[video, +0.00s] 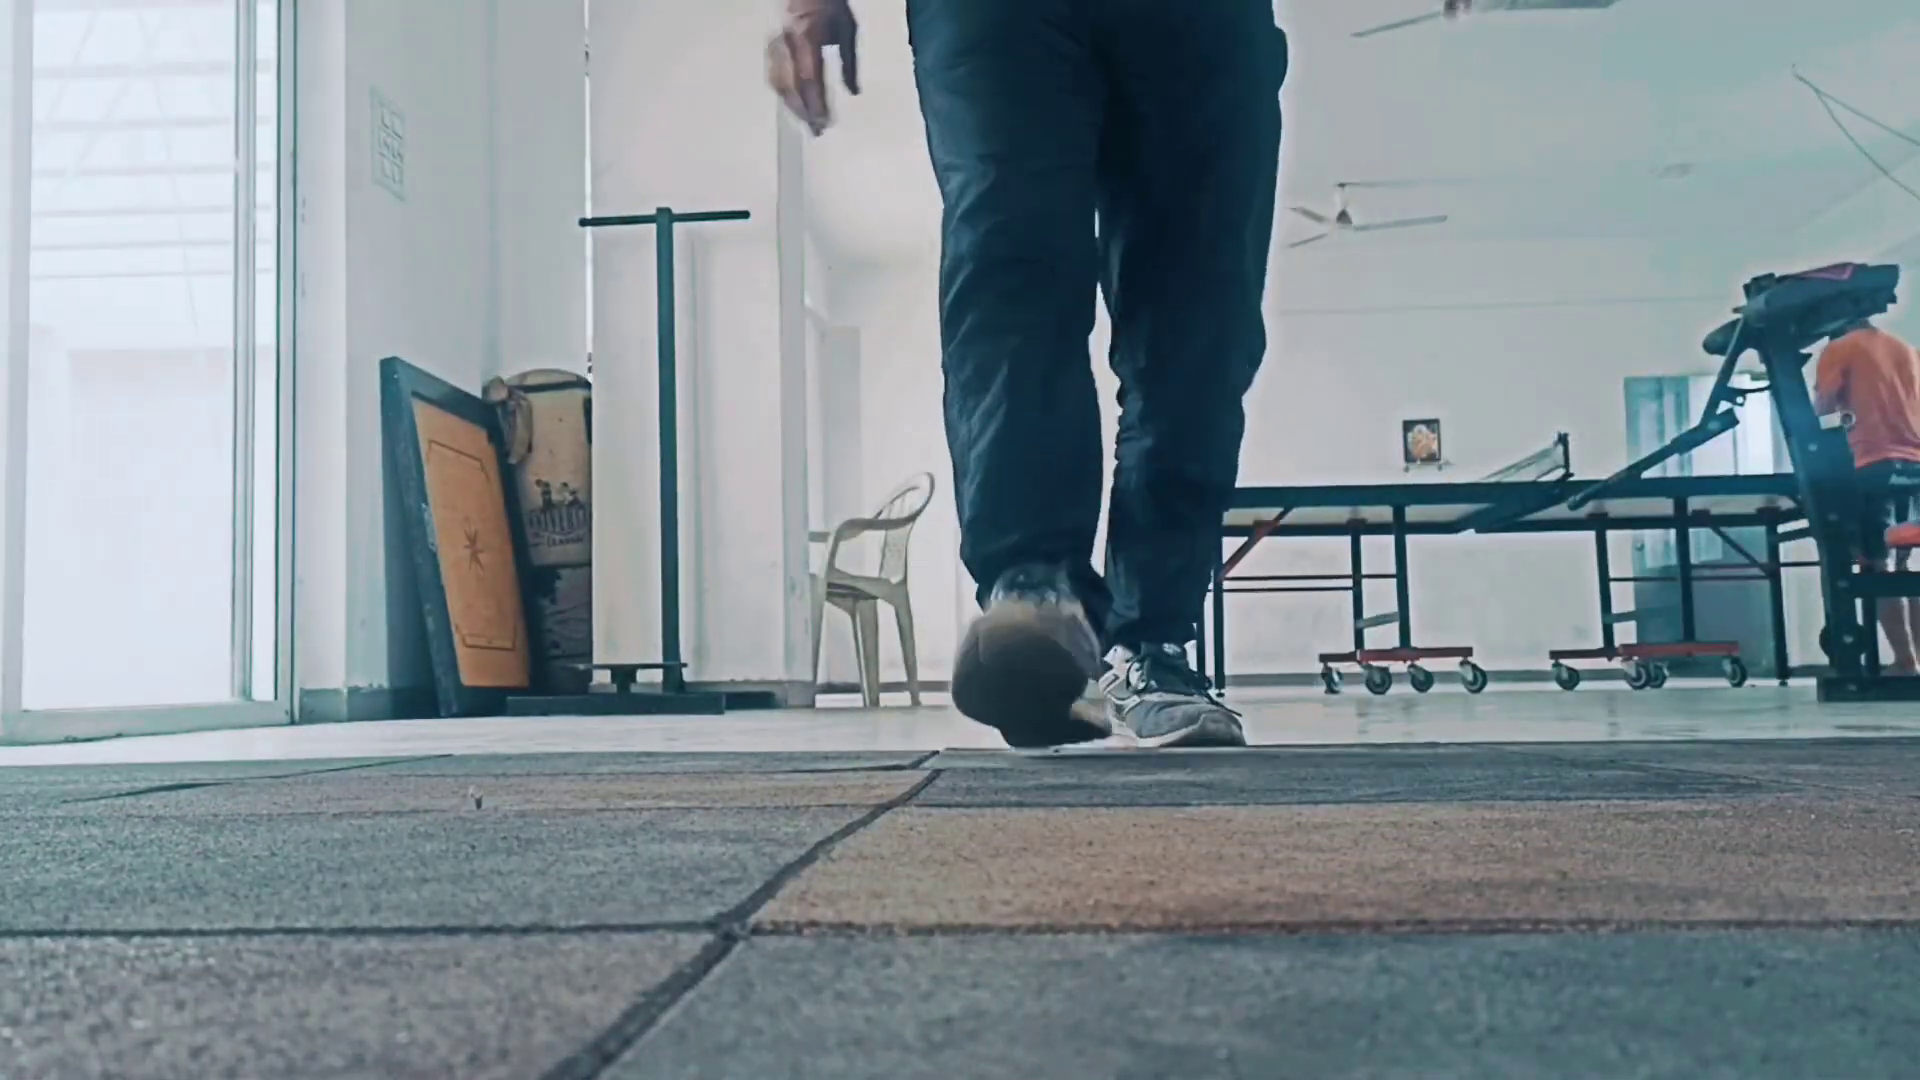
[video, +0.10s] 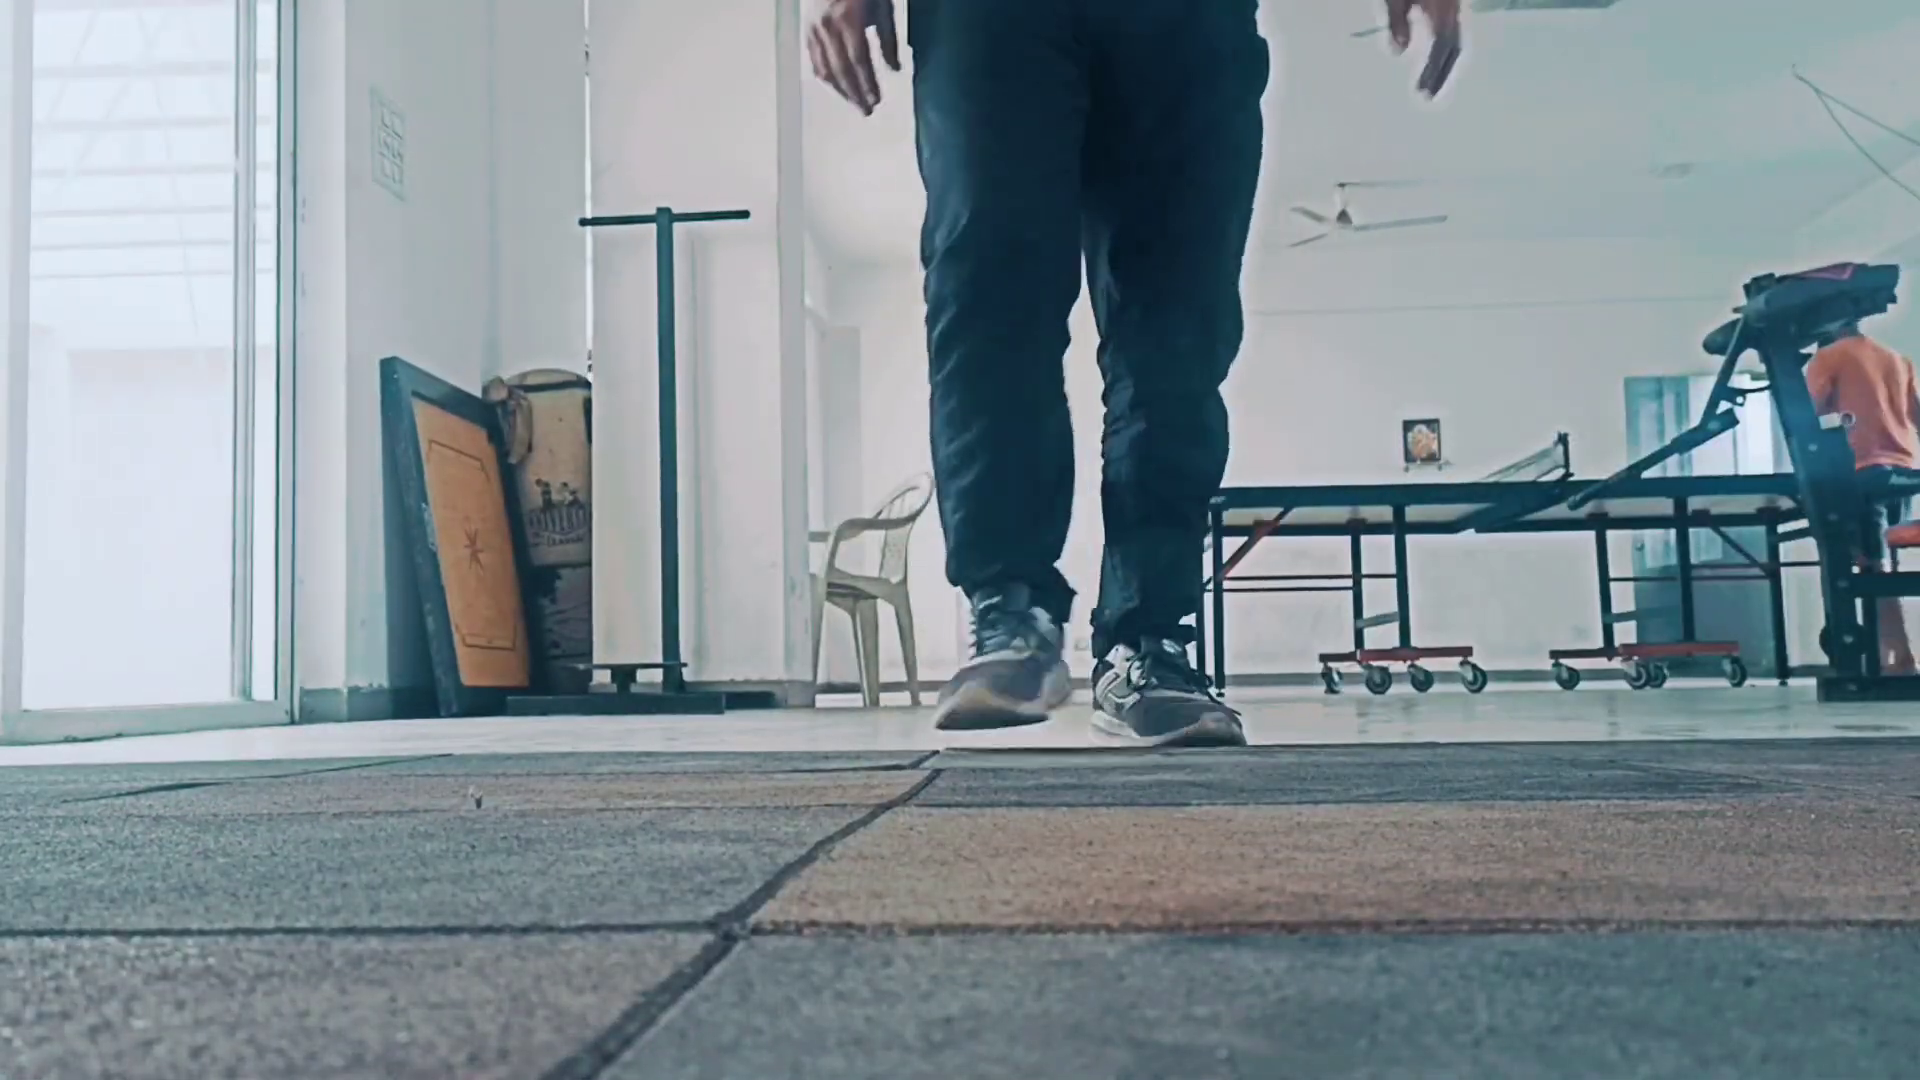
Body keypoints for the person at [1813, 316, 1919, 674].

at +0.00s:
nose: (1826, 334)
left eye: (1828, 327)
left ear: (1838, 320)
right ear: (1866, 314)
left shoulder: (1839, 349)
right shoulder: (1906, 349)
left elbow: (1823, 406)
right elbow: (1912, 400)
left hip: (1873, 463)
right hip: (1915, 461)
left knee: (1878, 568)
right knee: (1903, 564)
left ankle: (1906, 660)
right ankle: (1912, 654)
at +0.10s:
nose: (1819, 343)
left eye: (1820, 337)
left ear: (1828, 329)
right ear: (1856, 324)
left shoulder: (1830, 356)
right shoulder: (1899, 360)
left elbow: (1805, 412)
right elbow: (1914, 413)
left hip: (1864, 468)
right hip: (1907, 466)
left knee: (1875, 566)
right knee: (1877, 564)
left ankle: (1902, 655)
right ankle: (1886, 655)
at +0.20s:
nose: (1808, 344)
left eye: (1811, 336)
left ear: (1820, 333)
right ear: (1848, 329)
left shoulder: (1818, 366)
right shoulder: (1884, 368)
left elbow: (1804, 422)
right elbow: (1907, 429)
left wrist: (1791, 451)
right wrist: (1916, 463)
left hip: (1849, 476)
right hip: (1891, 471)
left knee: (1862, 567)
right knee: (1871, 566)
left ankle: (1901, 654)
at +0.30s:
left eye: (1802, 340)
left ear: (1808, 336)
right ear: (1837, 331)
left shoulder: (1807, 371)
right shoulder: (1873, 370)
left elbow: (1798, 428)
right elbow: (1889, 433)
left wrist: (1778, 457)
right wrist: (1909, 478)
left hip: (1831, 478)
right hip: (1878, 474)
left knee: (1834, 561)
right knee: (1866, 561)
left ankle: (1887, 640)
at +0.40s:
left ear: (1796, 335)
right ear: (1823, 329)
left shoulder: (1804, 367)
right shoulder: (1857, 370)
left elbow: (1798, 426)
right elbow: (1873, 436)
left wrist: (1773, 454)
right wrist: (1889, 490)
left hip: (1825, 479)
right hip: (1867, 475)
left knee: (1807, 572)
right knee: (1860, 562)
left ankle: (1868, 632)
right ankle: (1848, 642)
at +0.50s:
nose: (1765, 360)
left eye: (1767, 352)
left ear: (1782, 341)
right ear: (1809, 333)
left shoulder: (1791, 374)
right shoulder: (1840, 372)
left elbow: (1788, 430)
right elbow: (1847, 427)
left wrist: (1766, 454)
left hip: (1808, 479)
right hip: (1850, 475)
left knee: (1784, 570)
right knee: (1839, 566)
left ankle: (1830, 638)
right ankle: (1844, 651)